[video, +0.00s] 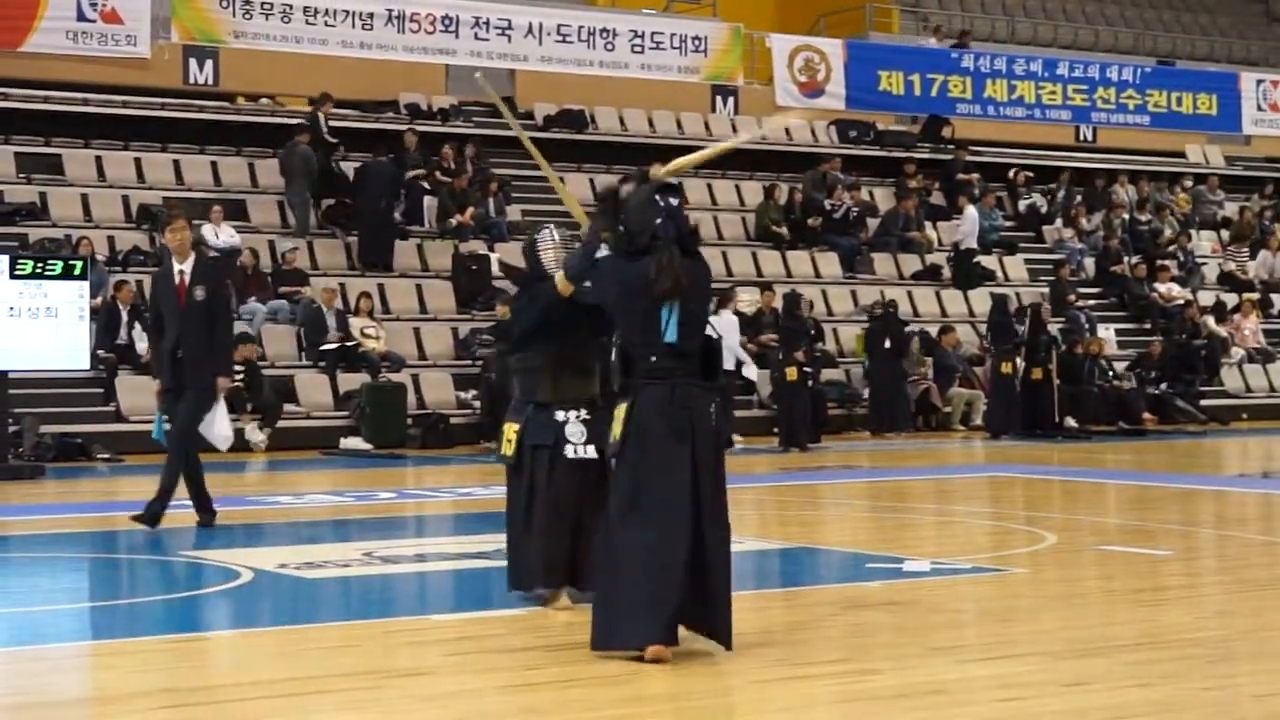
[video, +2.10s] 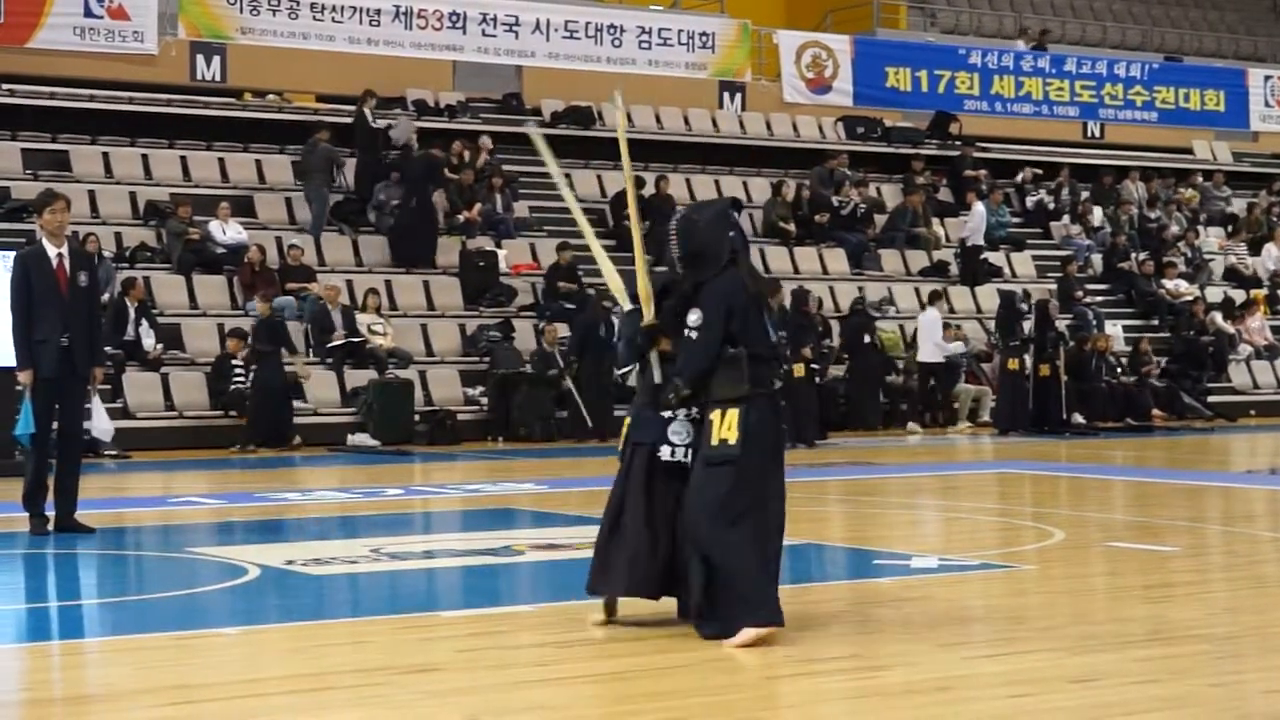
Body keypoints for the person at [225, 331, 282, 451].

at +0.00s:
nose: (255, 350)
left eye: (254, 347)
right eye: (251, 347)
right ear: (241, 347)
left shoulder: (252, 366)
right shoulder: (225, 364)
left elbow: (257, 389)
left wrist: (251, 402)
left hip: (247, 399)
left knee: (275, 404)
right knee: (236, 392)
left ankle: (262, 435)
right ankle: (249, 427)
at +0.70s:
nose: (239, 351)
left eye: (242, 348)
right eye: (236, 347)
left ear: (249, 347)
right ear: (232, 345)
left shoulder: (253, 363)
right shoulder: (224, 360)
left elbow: (258, 385)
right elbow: (215, 384)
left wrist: (254, 404)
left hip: (250, 397)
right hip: (229, 397)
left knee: (280, 403)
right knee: (231, 393)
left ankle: (268, 435)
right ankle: (250, 428)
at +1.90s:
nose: (227, 344)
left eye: (231, 341)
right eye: (227, 340)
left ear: (242, 343)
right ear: (225, 341)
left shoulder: (251, 359)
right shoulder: (221, 359)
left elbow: (259, 379)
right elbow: (214, 381)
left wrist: (256, 395)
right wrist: (228, 390)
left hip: (250, 391)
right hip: (229, 393)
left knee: (268, 393)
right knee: (236, 395)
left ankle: (270, 428)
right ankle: (249, 425)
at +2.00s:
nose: (229, 344)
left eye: (233, 341)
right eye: (228, 341)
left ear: (242, 344)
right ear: (226, 342)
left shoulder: (251, 360)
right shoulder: (221, 359)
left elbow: (255, 379)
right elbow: (215, 381)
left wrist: (254, 394)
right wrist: (229, 389)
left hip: (250, 392)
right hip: (228, 394)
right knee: (238, 394)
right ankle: (246, 425)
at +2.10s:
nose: (228, 344)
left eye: (232, 341)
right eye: (228, 340)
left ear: (242, 343)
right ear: (226, 341)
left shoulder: (250, 358)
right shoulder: (222, 359)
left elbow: (254, 378)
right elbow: (215, 382)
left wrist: (249, 389)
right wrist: (231, 389)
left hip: (247, 394)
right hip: (225, 396)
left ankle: (248, 440)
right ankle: (245, 440)